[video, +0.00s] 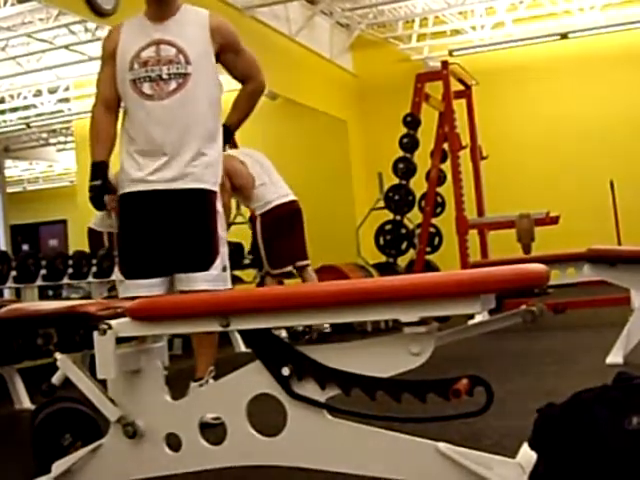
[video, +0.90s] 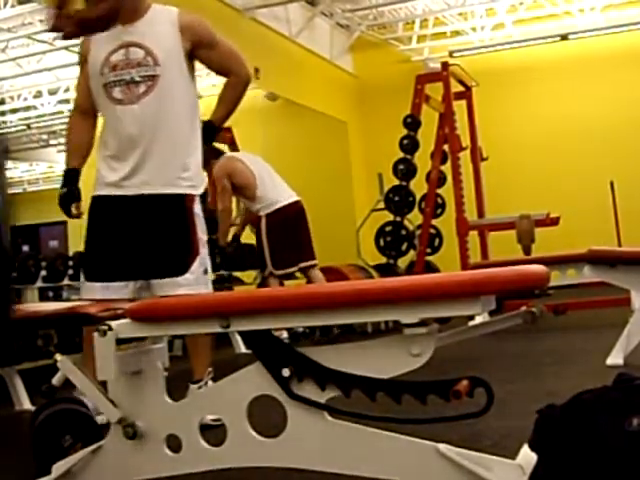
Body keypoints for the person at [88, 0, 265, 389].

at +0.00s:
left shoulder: (212, 29)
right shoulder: (118, 37)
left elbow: (255, 81)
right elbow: (106, 106)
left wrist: (227, 130)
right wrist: (98, 172)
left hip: (197, 176)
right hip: (139, 179)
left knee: (202, 293)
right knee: (141, 297)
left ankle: (204, 385)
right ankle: (148, 388)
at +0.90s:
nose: (92, 10)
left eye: (96, 4)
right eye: (89, 8)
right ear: (98, 2)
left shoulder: (182, 26)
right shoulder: (93, 41)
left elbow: (240, 73)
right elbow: (83, 112)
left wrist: (211, 128)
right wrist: (71, 175)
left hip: (174, 187)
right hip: (113, 191)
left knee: (191, 302)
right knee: (99, 308)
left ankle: (202, 391)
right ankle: (96, 400)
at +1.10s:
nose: (83, 7)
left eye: (93, 2)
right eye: (81, 2)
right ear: (76, 1)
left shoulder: (150, 26)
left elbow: (211, 78)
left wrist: (190, 129)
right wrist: (190, 129)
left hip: (146, 186)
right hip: (86, 191)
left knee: (174, 296)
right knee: (86, 308)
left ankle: (199, 386)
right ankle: (90, 399)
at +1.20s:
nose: (73, 9)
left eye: (78, 4)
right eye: (73, 5)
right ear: (74, 5)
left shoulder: (138, 28)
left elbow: (196, 79)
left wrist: (179, 134)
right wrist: (180, 132)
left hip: (134, 184)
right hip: (82, 189)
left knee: (161, 296)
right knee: (77, 306)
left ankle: (195, 382)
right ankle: (86, 397)